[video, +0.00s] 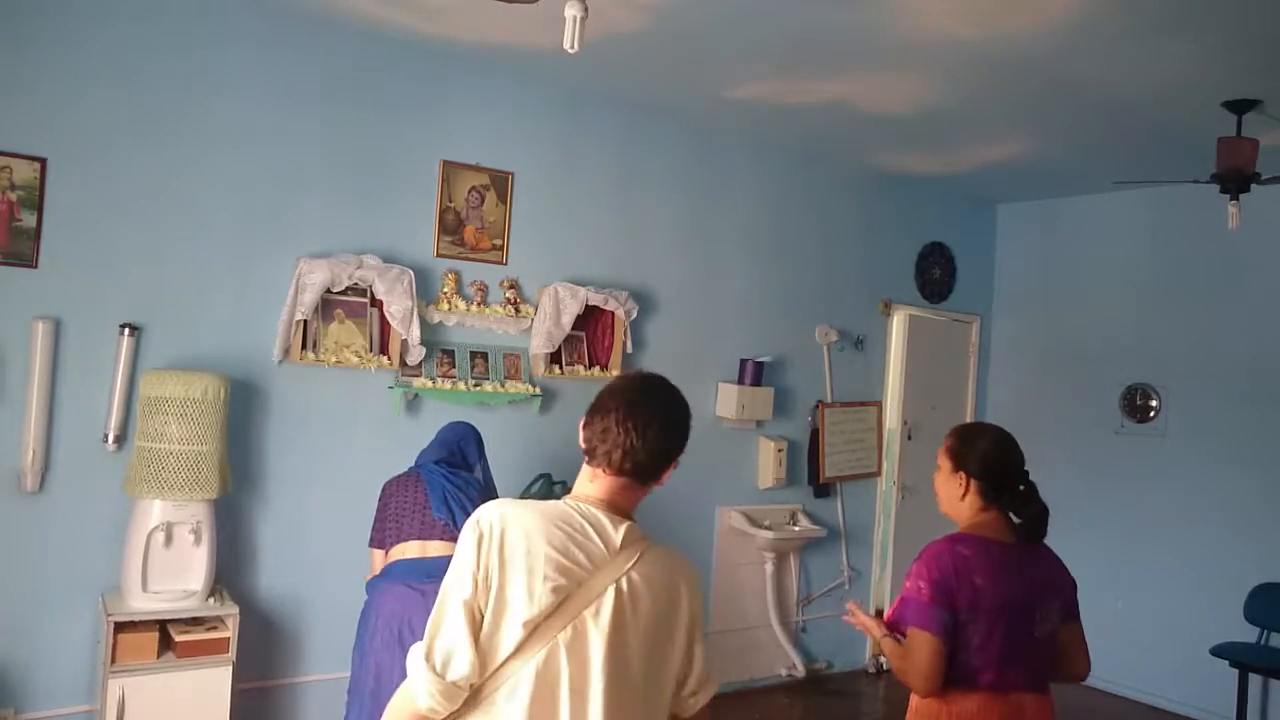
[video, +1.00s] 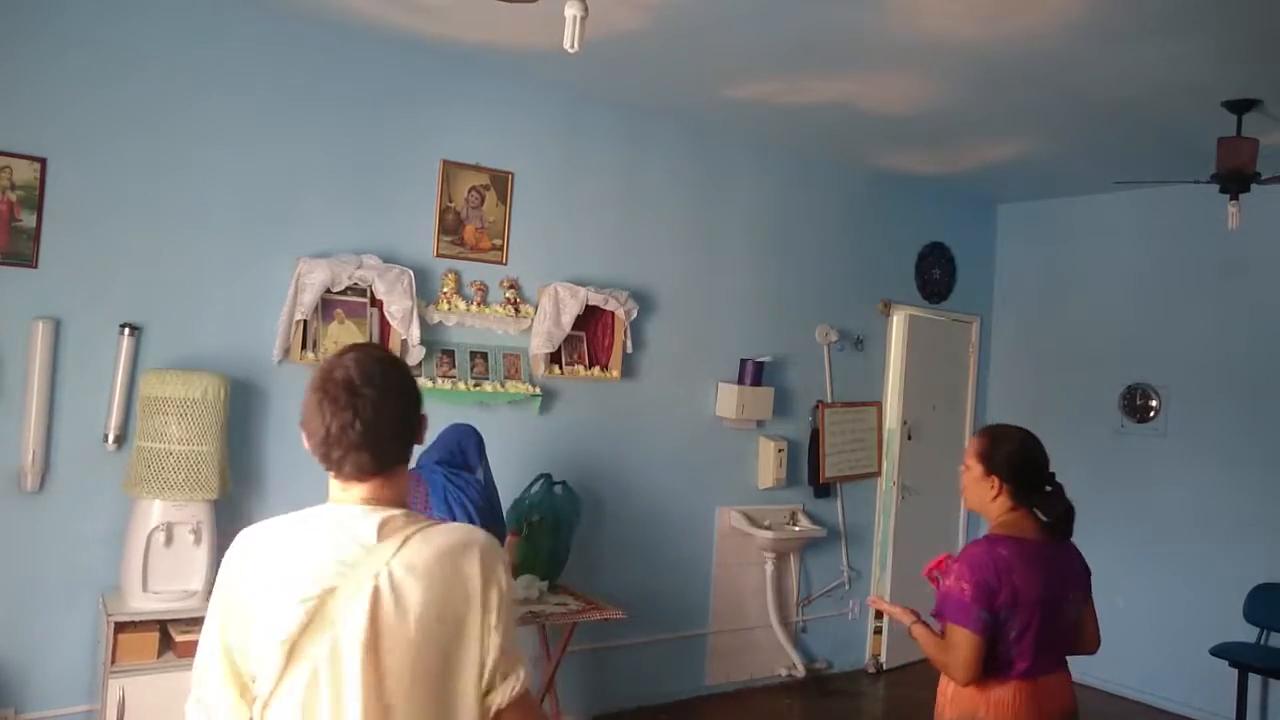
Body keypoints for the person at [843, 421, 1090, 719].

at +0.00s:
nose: (934, 479)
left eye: (938, 469)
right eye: (936, 469)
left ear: (962, 482)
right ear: (1006, 481)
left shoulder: (941, 559)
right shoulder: (1047, 562)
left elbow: (924, 678)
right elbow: (1075, 666)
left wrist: (881, 637)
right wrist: (1003, 654)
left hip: (951, 707)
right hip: (1031, 706)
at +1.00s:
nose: (960, 475)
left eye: (967, 467)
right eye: (963, 466)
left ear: (994, 486)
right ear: (1031, 483)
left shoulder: (979, 559)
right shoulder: (1065, 552)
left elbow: (961, 668)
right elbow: (1087, 641)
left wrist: (912, 622)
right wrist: (1021, 634)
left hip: (988, 701)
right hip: (1053, 693)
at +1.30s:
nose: (966, 463)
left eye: (976, 457)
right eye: (972, 454)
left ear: (1003, 477)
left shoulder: (987, 548)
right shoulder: (1057, 545)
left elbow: (973, 657)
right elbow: (1075, 636)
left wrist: (915, 620)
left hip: (988, 692)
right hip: (1048, 684)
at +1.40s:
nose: (966, 464)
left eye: (976, 457)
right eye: (971, 455)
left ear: (1003, 476)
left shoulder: (990, 547)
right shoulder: (1054, 542)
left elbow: (975, 655)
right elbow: (1071, 636)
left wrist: (912, 618)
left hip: (987, 693)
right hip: (1045, 684)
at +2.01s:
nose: (963, 468)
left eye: (972, 459)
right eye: (968, 458)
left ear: (999, 475)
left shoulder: (983, 554)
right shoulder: (1059, 551)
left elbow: (972, 668)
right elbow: (1079, 652)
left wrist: (912, 630)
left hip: (982, 701)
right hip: (1048, 696)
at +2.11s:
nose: (962, 472)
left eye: (971, 462)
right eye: (967, 462)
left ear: (997, 478)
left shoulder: (981, 557)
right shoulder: (1062, 556)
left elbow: (968, 673)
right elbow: (1086, 657)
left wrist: (910, 636)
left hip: (982, 703)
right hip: (1050, 700)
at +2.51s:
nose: (966, 482)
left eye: (971, 471)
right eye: (969, 470)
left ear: (995, 484)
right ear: (1041, 482)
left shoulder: (973, 564)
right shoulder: (1081, 565)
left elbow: (962, 686)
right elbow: (1114, 666)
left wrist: (910, 646)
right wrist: (1041, 666)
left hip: (989, 709)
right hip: (1069, 709)